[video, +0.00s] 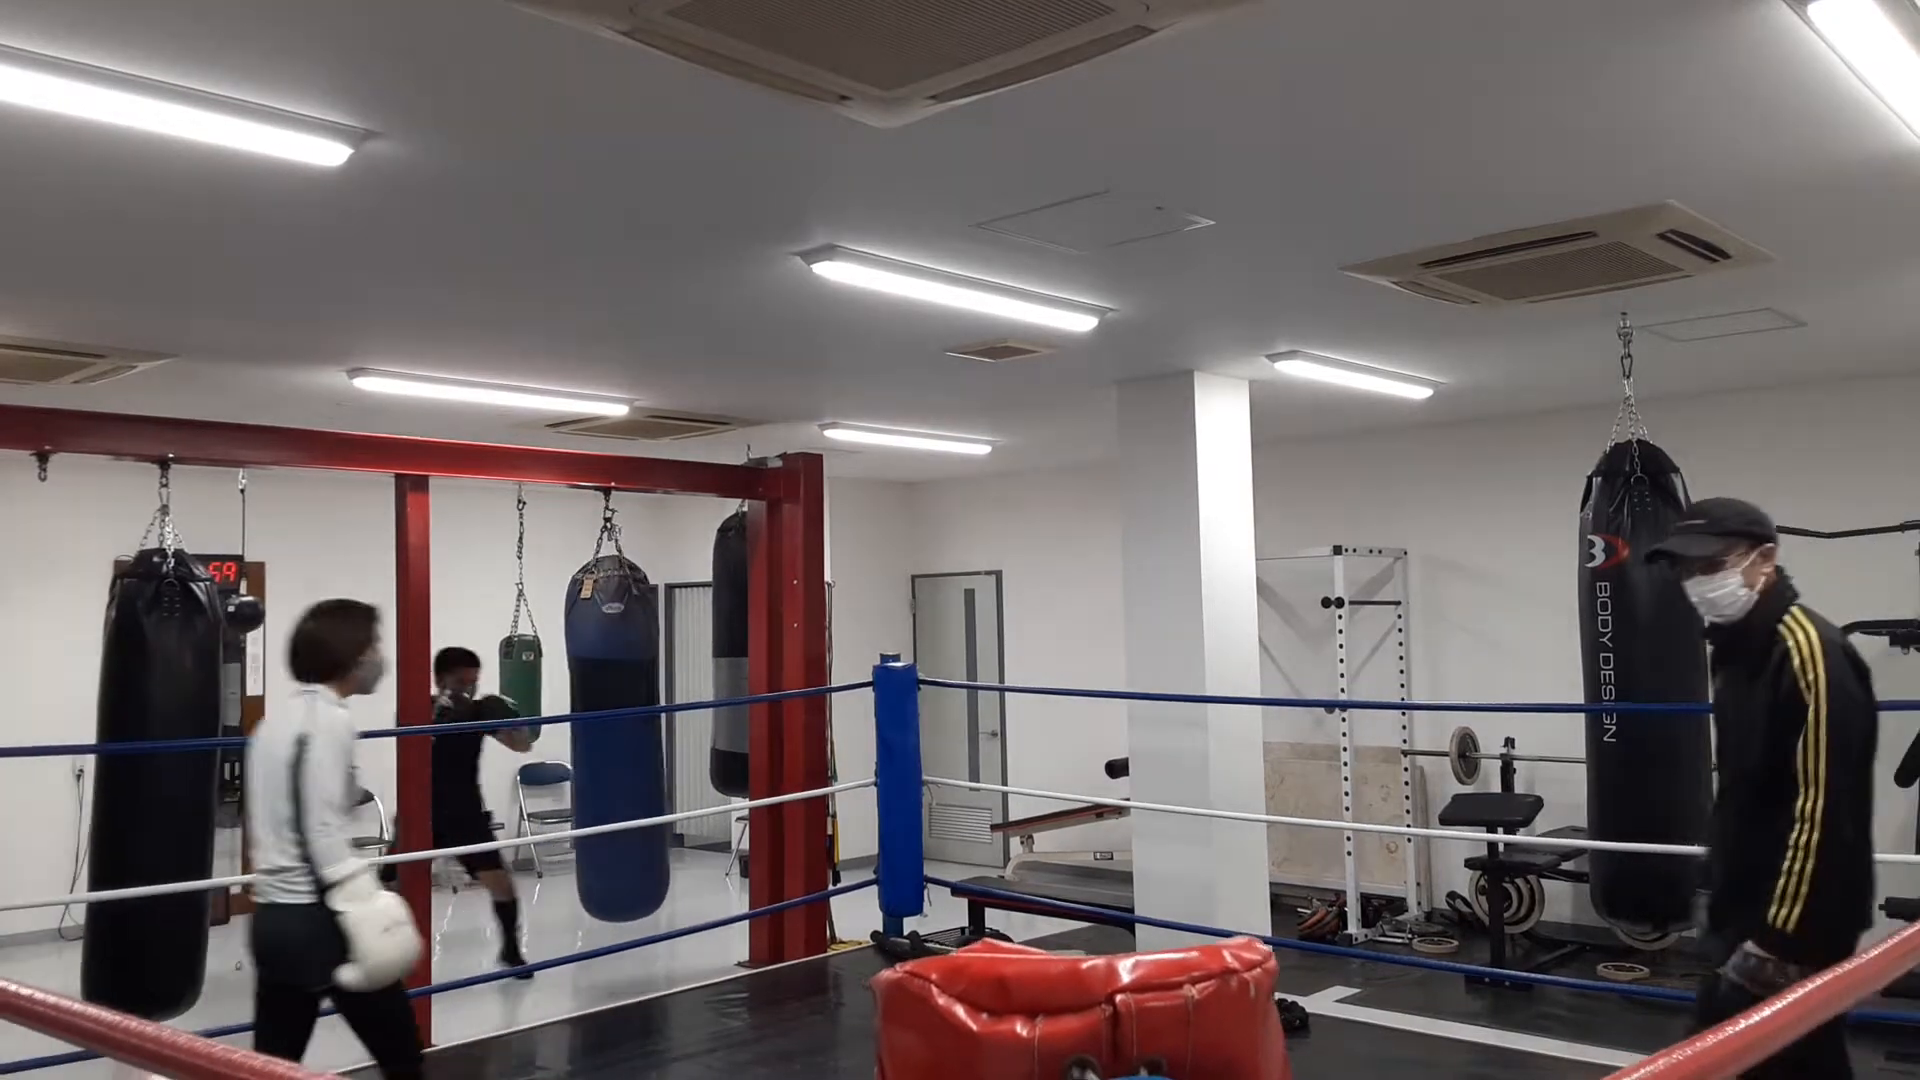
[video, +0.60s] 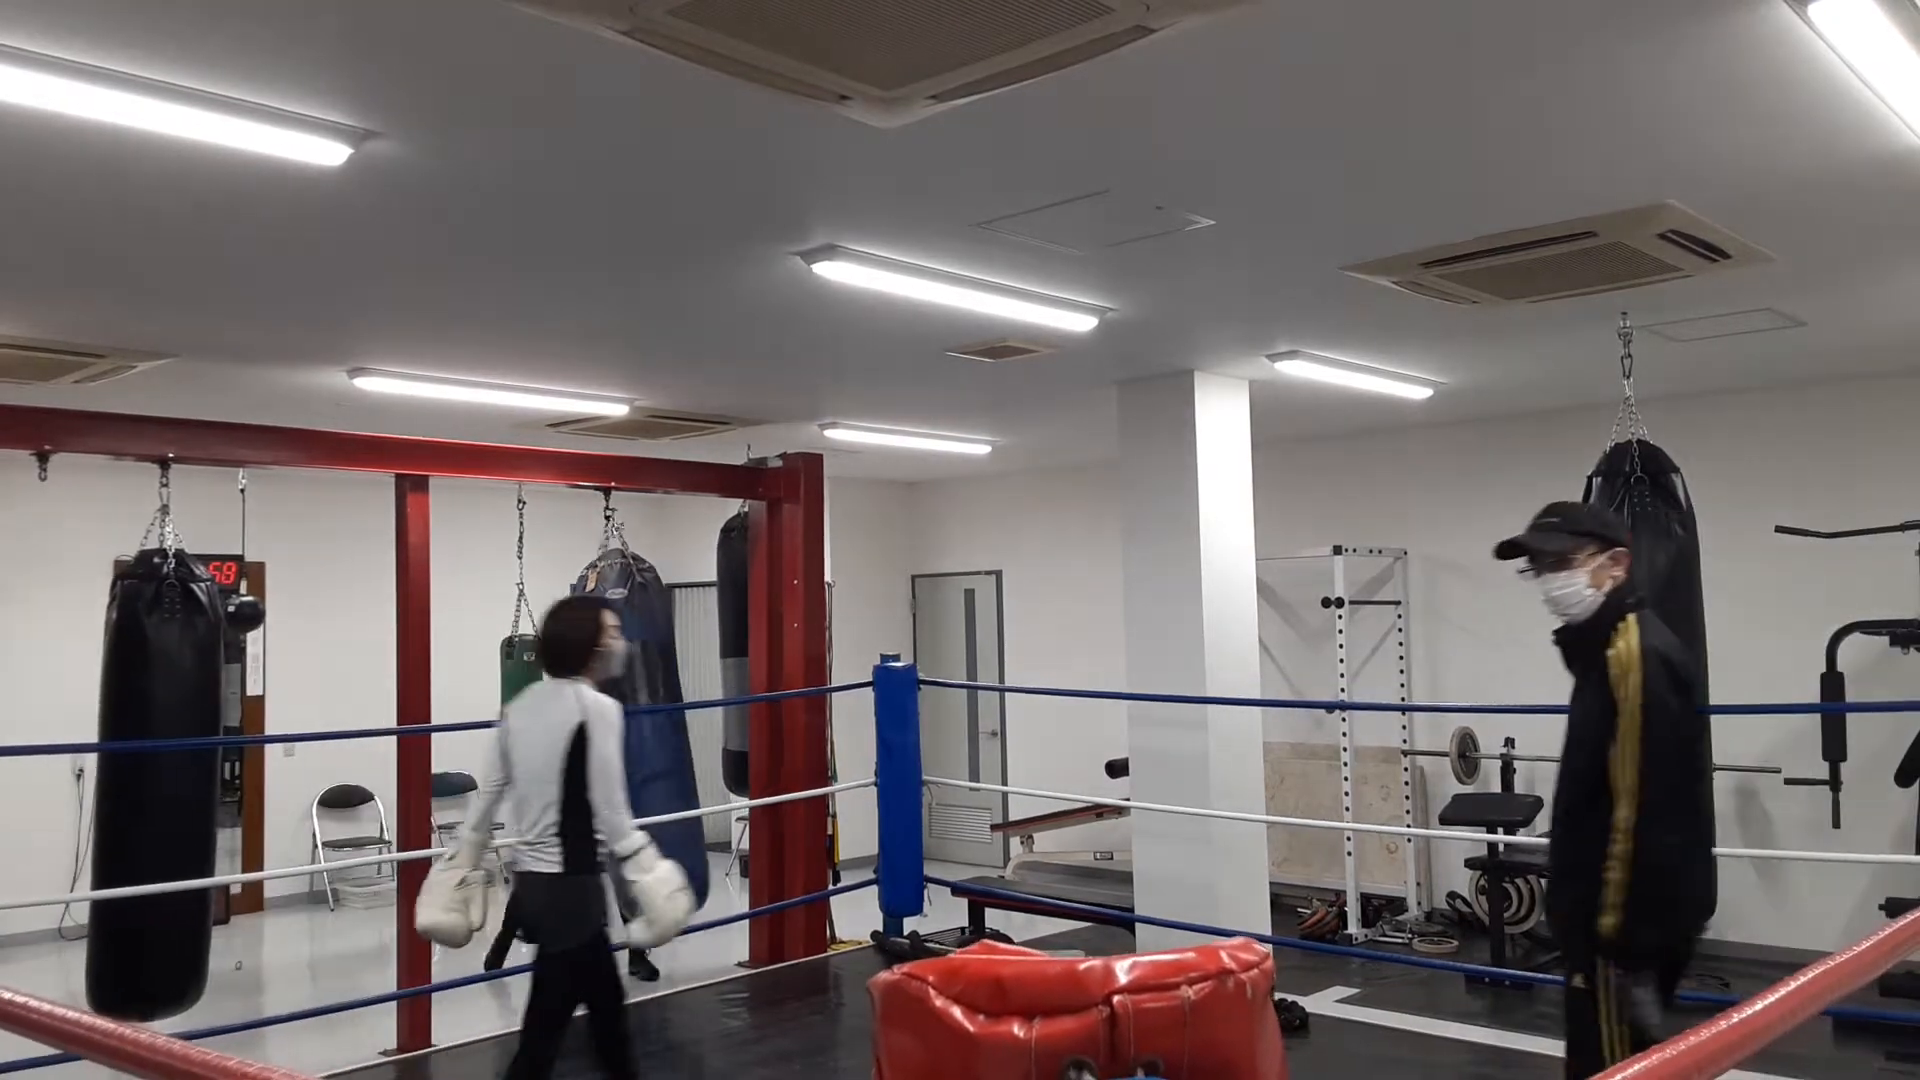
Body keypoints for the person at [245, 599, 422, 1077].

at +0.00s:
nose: (383, 655)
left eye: (379, 644)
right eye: (375, 645)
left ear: (315, 652)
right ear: (352, 657)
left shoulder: (271, 724)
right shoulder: (330, 722)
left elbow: (265, 829)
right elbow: (326, 831)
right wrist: (373, 913)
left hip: (275, 920)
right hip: (327, 918)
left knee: (271, 1067)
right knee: (402, 1058)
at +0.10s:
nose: (423, 658)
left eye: (421, 647)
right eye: (416, 647)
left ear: (357, 655)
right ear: (390, 658)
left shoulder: (319, 723)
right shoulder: (383, 726)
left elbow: (311, 830)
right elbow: (381, 833)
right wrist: (415, 916)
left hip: (320, 921)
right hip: (375, 919)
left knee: (301, 1063)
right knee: (447, 1054)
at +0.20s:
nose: (466, 652)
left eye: (462, 642)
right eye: (457, 643)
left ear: (399, 653)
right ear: (433, 655)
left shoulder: (364, 721)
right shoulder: (435, 724)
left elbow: (366, 815)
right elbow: (438, 830)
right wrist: (456, 917)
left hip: (376, 913)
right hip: (433, 910)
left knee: (363, 1051)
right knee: (489, 1052)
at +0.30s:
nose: (508, 648)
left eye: (506, 638)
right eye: (502, 640)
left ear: (442, 646)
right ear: (481, 650)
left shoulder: (407, 714)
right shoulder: (485, 721)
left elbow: (394, 814)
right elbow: (484, 820)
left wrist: (402, 888)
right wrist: (506, 903)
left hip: (422, 900)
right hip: (477, 898)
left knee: (446, 1034)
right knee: (509, 1045)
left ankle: (387, 1075)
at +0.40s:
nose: (547, 643)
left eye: (544, 632)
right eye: (539, 633)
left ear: (481, 642)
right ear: (517, 644)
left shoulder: (441, 709)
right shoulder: (527, 712)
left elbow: (429, 810)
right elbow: (528, 818)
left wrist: (425, 884)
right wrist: (560, 899)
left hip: (457, 894)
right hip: (510, 893)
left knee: (514, 1006)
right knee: (523, 1022)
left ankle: (458, 1070)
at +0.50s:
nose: (585, 641)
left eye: (583, 630)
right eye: (577, 631)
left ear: (516, 640)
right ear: (555, 642)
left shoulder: (477, 706)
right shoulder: (564, 706)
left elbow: (458, 802)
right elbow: (573, 809)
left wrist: (439, 880)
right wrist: (612, 889)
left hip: (493, 888)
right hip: (544, 889)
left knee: (573, 988)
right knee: (538, 1015)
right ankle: (518, 1074)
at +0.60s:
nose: (621, 642)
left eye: (618, 632)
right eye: (613, 634)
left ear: (556, 644)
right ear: (589, 645)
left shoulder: (517, 707)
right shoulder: (599, 708)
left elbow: (491, 791)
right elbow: (609, 812)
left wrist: (463, 864)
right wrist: (655, 876)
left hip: (530, 887)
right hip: (575, 889)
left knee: (605, 998)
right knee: (546, 1024)